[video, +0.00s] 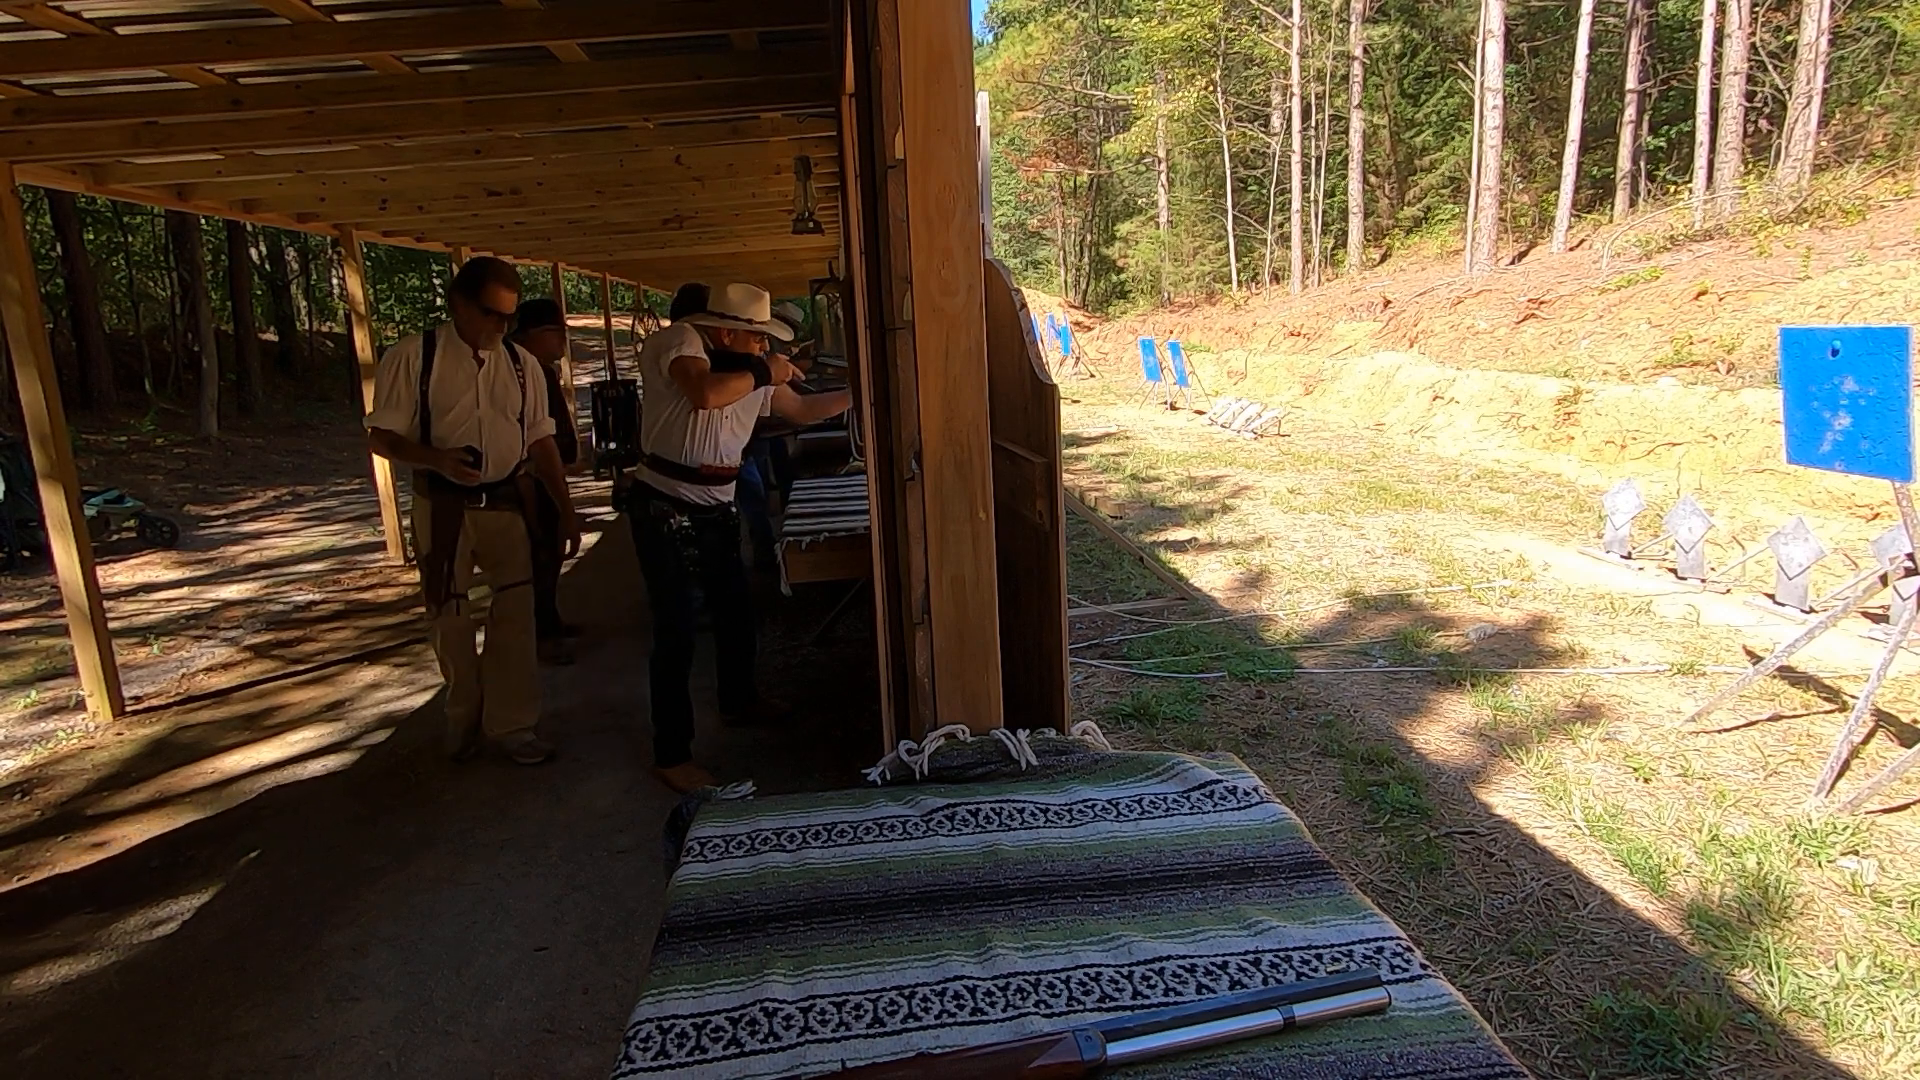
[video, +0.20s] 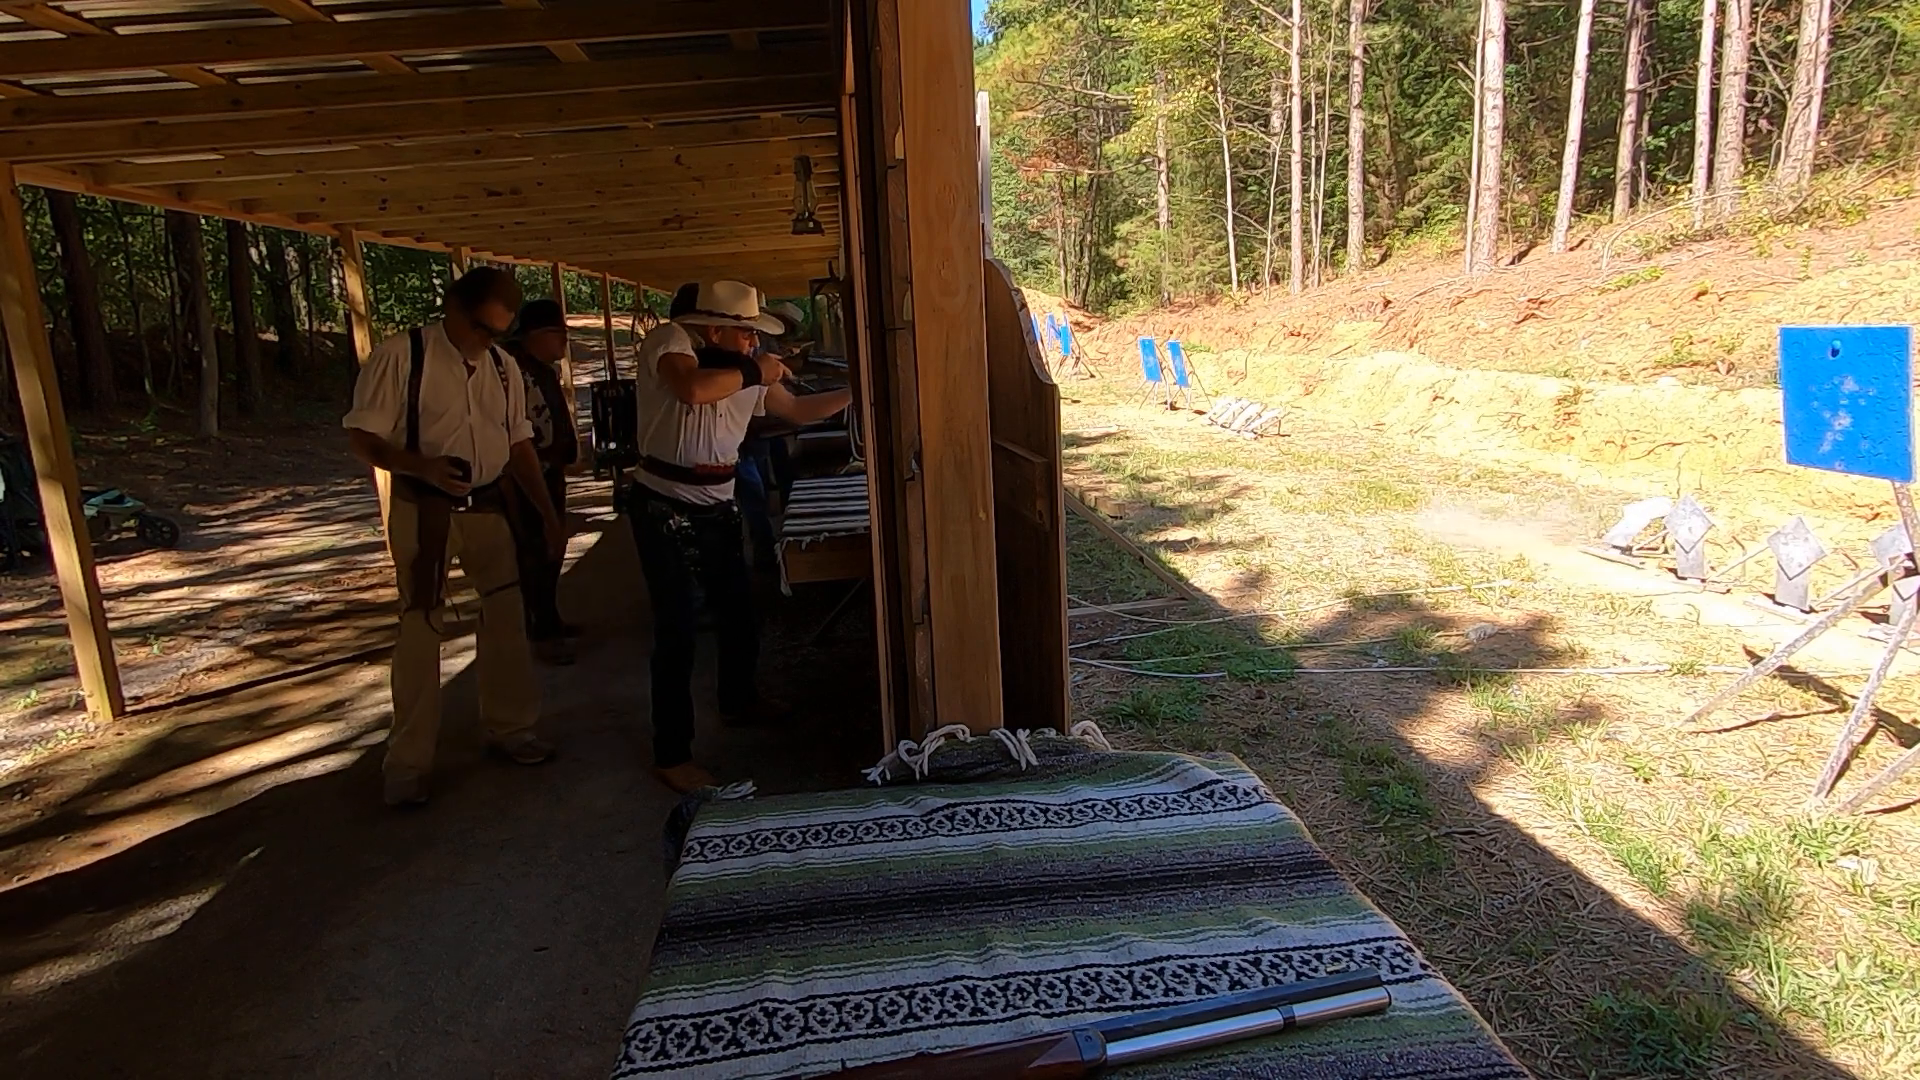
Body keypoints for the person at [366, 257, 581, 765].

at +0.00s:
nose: (501, 327)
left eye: (509, 316)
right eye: (492, 315)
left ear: (514, 313)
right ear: (458, 302)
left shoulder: (523, 364)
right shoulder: (413, 356)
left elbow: (541, 441)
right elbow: (380, 437)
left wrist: (565, 506)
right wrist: (435, 457)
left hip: (507, 502)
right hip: (442, 505)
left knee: (515, 615)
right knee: (451, 618)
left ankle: (512, 727)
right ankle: (464, 721)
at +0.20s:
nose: (491, 339)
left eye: (498, 330)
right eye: (484, 328)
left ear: (503, 322)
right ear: (456, 310)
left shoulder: (504, 367)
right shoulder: (399, 355)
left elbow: (521, 447)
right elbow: (361, 437)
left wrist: (549, 514)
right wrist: (420, 465)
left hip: (488, 512)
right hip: (422, 511)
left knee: (505, 618)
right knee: (421, 631)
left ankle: (511, 731)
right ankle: (407, 769)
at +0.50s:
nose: (464, 350)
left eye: (471, 341)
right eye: (459, 336)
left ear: (469, 334)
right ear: (424, 315)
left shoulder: (451, 370)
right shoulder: (366, 357)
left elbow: (463, 453)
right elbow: (318, 445)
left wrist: (489, 523)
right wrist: (403, 485)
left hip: (438, 515)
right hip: (374, 518)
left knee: (475, 617)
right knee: (381, 643)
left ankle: (506, 729)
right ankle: (392, 779)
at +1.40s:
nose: (394, 309)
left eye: (397, 299)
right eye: (383, 298)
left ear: (393, 301)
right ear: (342, 299)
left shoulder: (385, 358)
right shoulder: (311, 358)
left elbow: (404, 445)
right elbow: (275, 455)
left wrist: (434, 509)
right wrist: (352, 494)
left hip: (411, 512)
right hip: (353, 521)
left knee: (446, 624)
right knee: (372, 646)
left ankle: (471, 738)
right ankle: (389, 779)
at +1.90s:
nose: (391, 309)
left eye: (394, 299)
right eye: (379, 299)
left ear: (392, 300)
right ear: (338, 301)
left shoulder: (384, 356)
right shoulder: (309, 358)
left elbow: (401, 443)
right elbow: (272, 455)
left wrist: (433, 509)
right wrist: (347, 494)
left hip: (412, 513)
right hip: (355, 522)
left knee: (447, 624)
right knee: (373, 648)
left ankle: (470, 737)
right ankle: (389, 779)